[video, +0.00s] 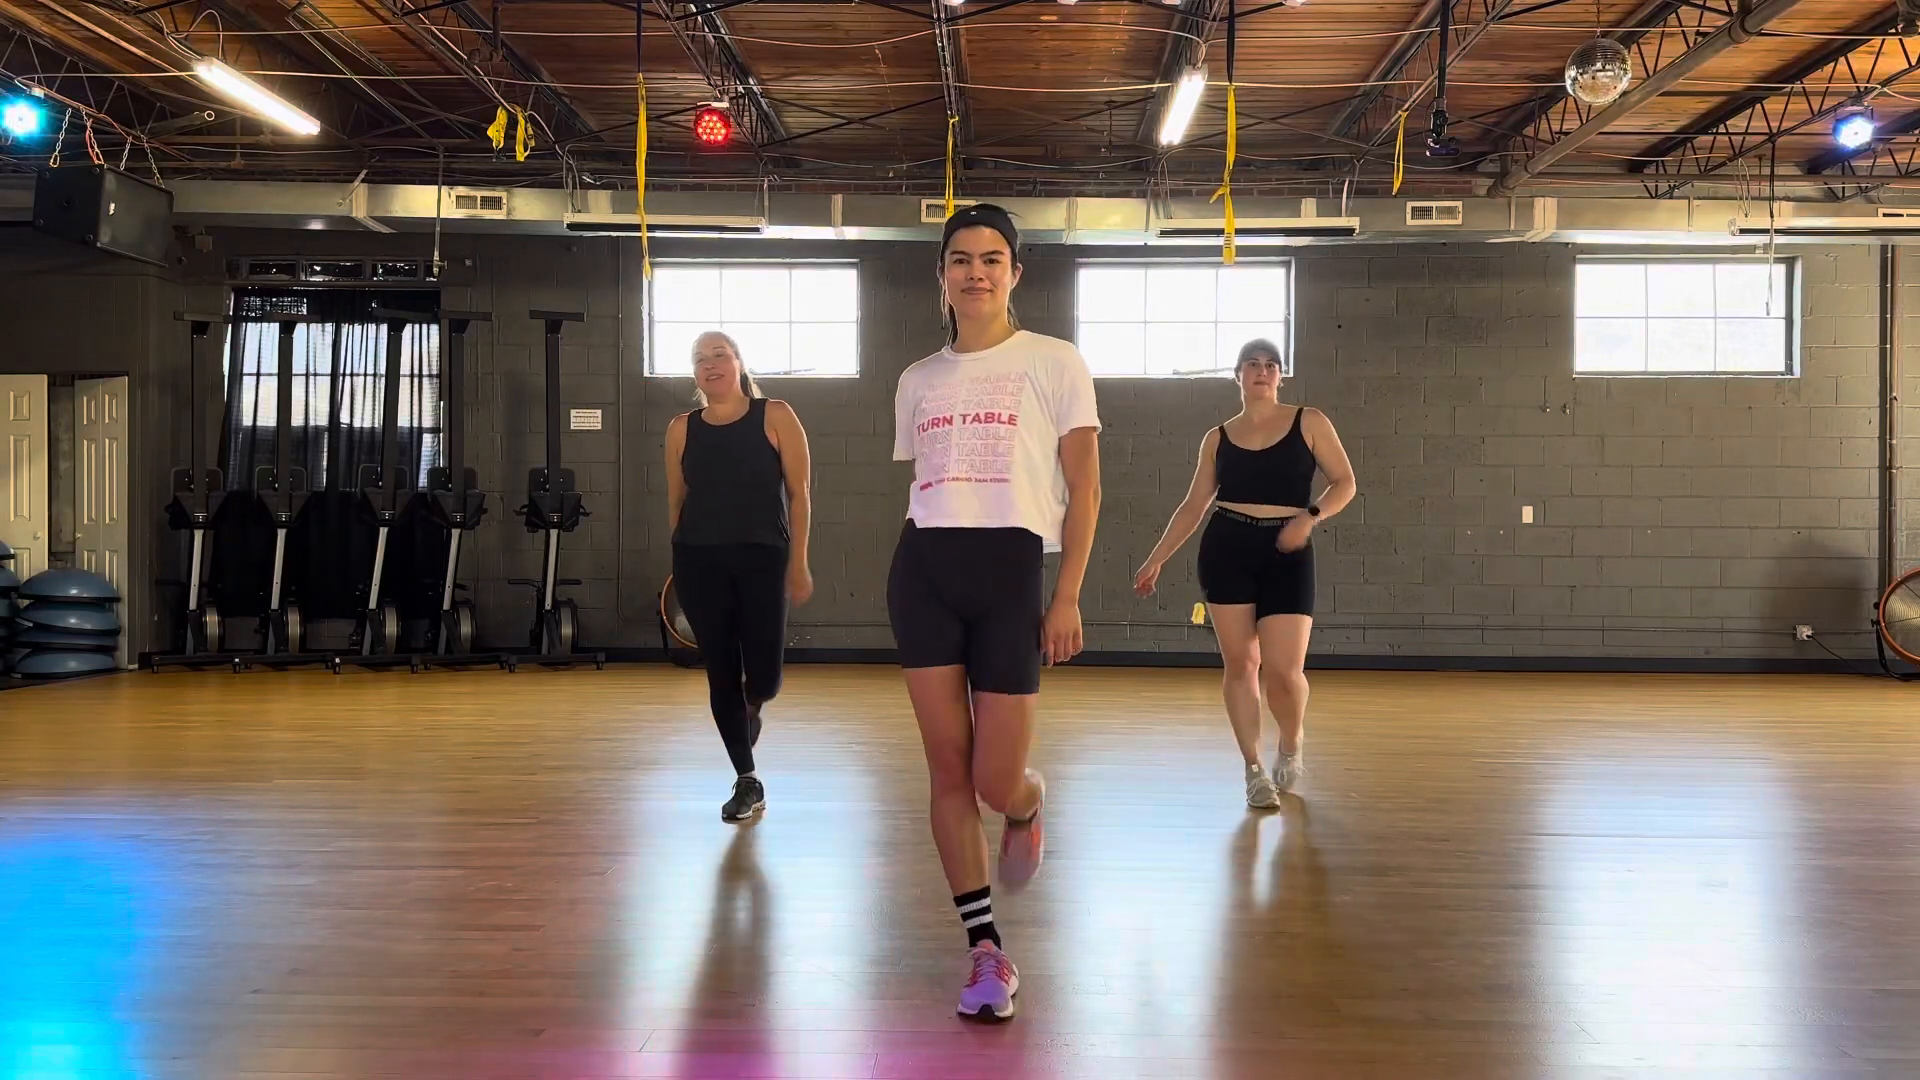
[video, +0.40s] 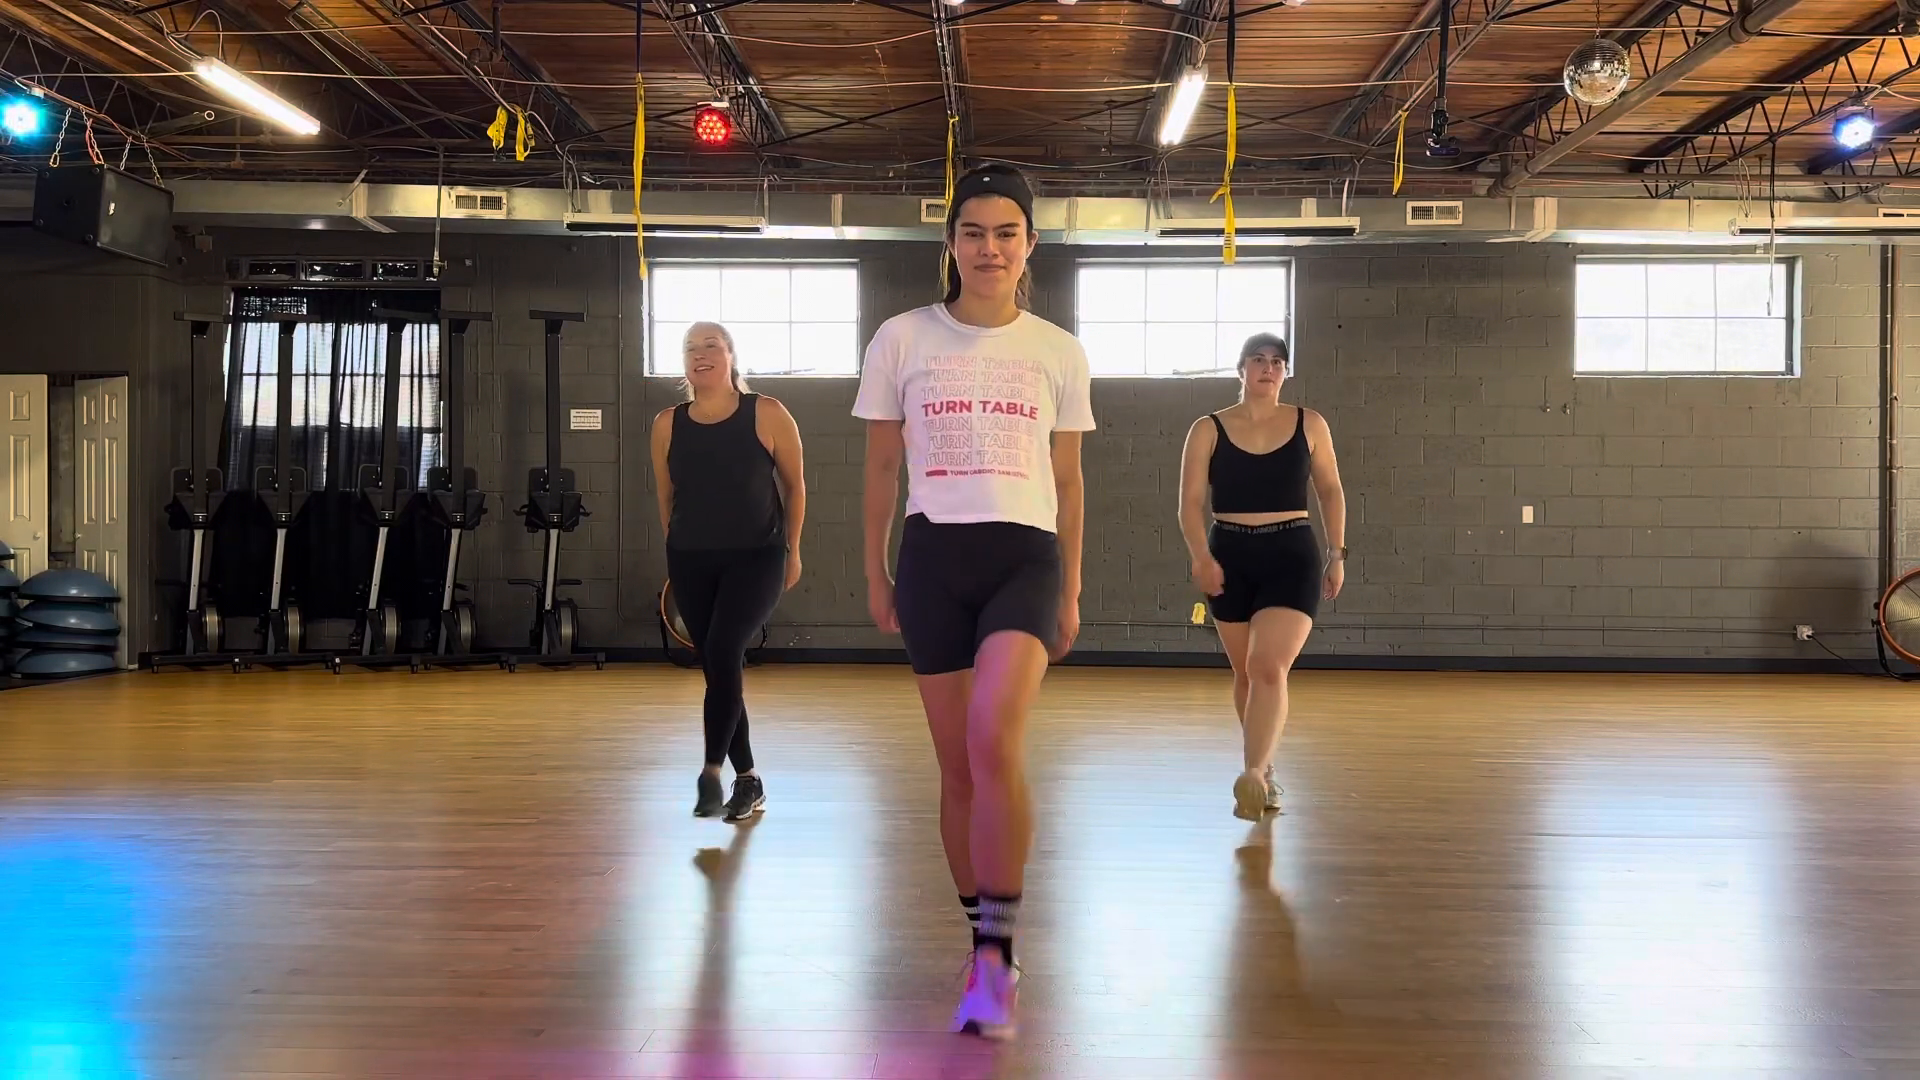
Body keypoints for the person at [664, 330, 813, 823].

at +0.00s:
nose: (713, 363)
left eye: (722, 355)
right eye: (704, 358)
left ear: (740, 365)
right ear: (694, 373)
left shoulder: (776, 416)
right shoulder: (681, 430)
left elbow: (799, 493)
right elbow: (677, 505)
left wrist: (799, 563)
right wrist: (677, 575)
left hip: (762, 561)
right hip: (700, 564)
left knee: (764, 678)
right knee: (722, 675)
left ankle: (751, 705)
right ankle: (746, 780)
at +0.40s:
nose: (702, 354)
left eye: (712, 346)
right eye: (694, 348)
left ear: (732, 360)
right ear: (683, 364)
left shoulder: (768, 414)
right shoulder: (666, 426)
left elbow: (795, 486)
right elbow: (667, 502)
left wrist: (793, 549)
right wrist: (674, 569)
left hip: (757, 558)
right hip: (692, 560)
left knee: (724, 652)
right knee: (719, 663)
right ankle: (746, 777)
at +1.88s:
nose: (711, 338)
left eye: (710, 327)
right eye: (706, 327)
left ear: (670, 331)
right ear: (678, 330)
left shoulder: (654, 389)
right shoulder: (656, 389)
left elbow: (620, 481)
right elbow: (628, 477)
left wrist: (673, 564)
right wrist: (641, 566)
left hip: (660, 564)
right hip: (658, 567)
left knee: (714, 681)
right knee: (639, 714)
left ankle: (663, 811)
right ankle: (605, 855)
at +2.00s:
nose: (708, 341)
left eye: (707, 329)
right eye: (705, 329)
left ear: (640, 329)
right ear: (686, 329)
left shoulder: (611, 396)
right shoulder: (682, 388)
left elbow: (584, 488)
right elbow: (681, 480)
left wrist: (584, 570)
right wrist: (710, 567)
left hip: (615, 569)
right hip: (667, 567)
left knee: (690, 678)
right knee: (643, 711)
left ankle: (669, 810)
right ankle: (600, 859)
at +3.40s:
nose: (678, 347)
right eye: (679, 338)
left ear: (627, 345)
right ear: (678, 345)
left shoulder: (589, 409)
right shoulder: (701, 409)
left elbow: (582, 492)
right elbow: (715, 490)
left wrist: (616, 456)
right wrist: (719, 571)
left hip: (610, 564)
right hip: (682, 564)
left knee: (636, 693)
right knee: (657, 690)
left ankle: (662, 814)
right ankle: (624, 806)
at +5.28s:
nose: (691, 382)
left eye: (696, 375)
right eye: (693, 374)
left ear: (714, 380)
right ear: (740, 383)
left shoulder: (698, 426)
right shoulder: (767, 426)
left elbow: (688, 470)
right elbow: (822, 455)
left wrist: (654, 468)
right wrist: (788, 476)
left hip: (721, 565)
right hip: (772, 559)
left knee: (704, 668)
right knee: (764, 654)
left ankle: (724, 752)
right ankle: (771, 752)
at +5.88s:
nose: (704, 376)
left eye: (715, 368)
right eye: (699, 368)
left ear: (736, 378)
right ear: (691, 378)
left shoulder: (764, 429)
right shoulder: (678, 427)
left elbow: (788, 493)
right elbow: (678, 496)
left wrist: (785, 556)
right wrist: (675, 551)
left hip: (747, 557)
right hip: (693, 557)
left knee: (729, 656)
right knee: (712, 655)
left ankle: (713, 758)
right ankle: (761, 721)